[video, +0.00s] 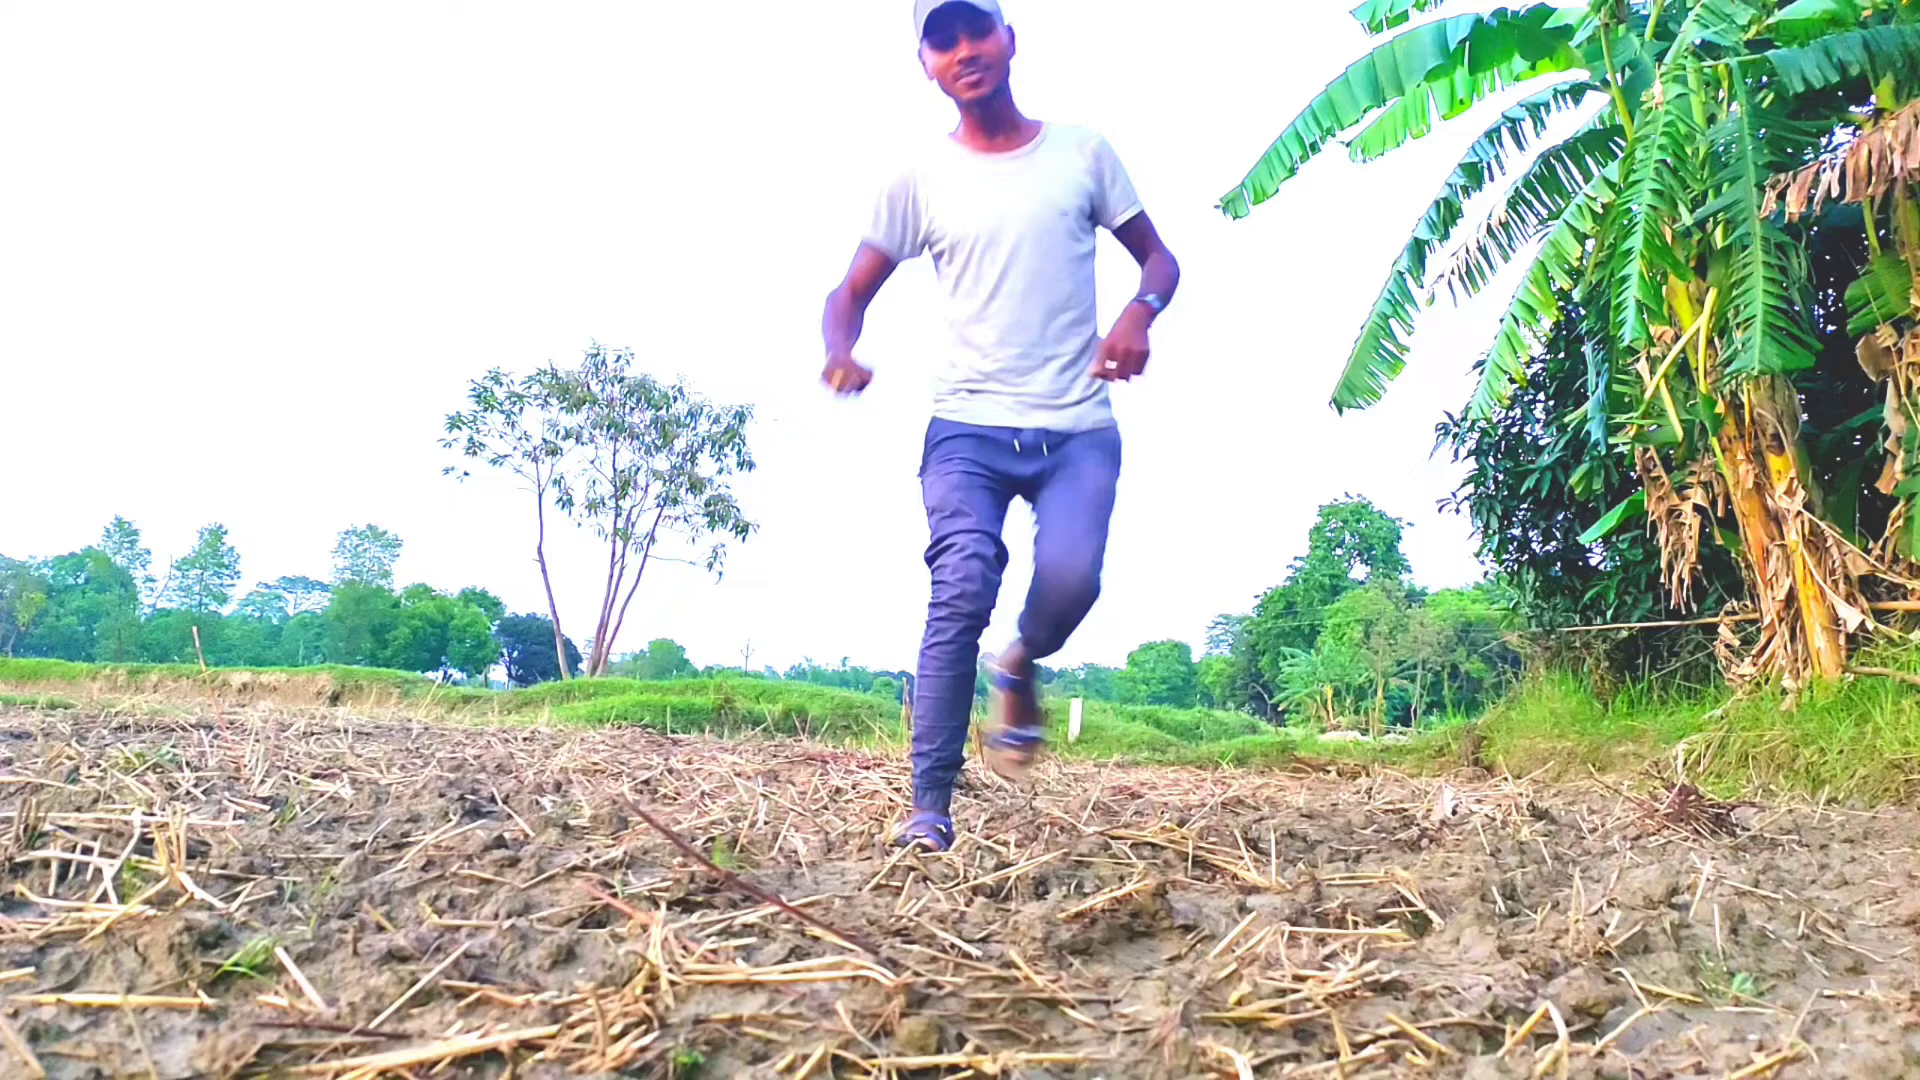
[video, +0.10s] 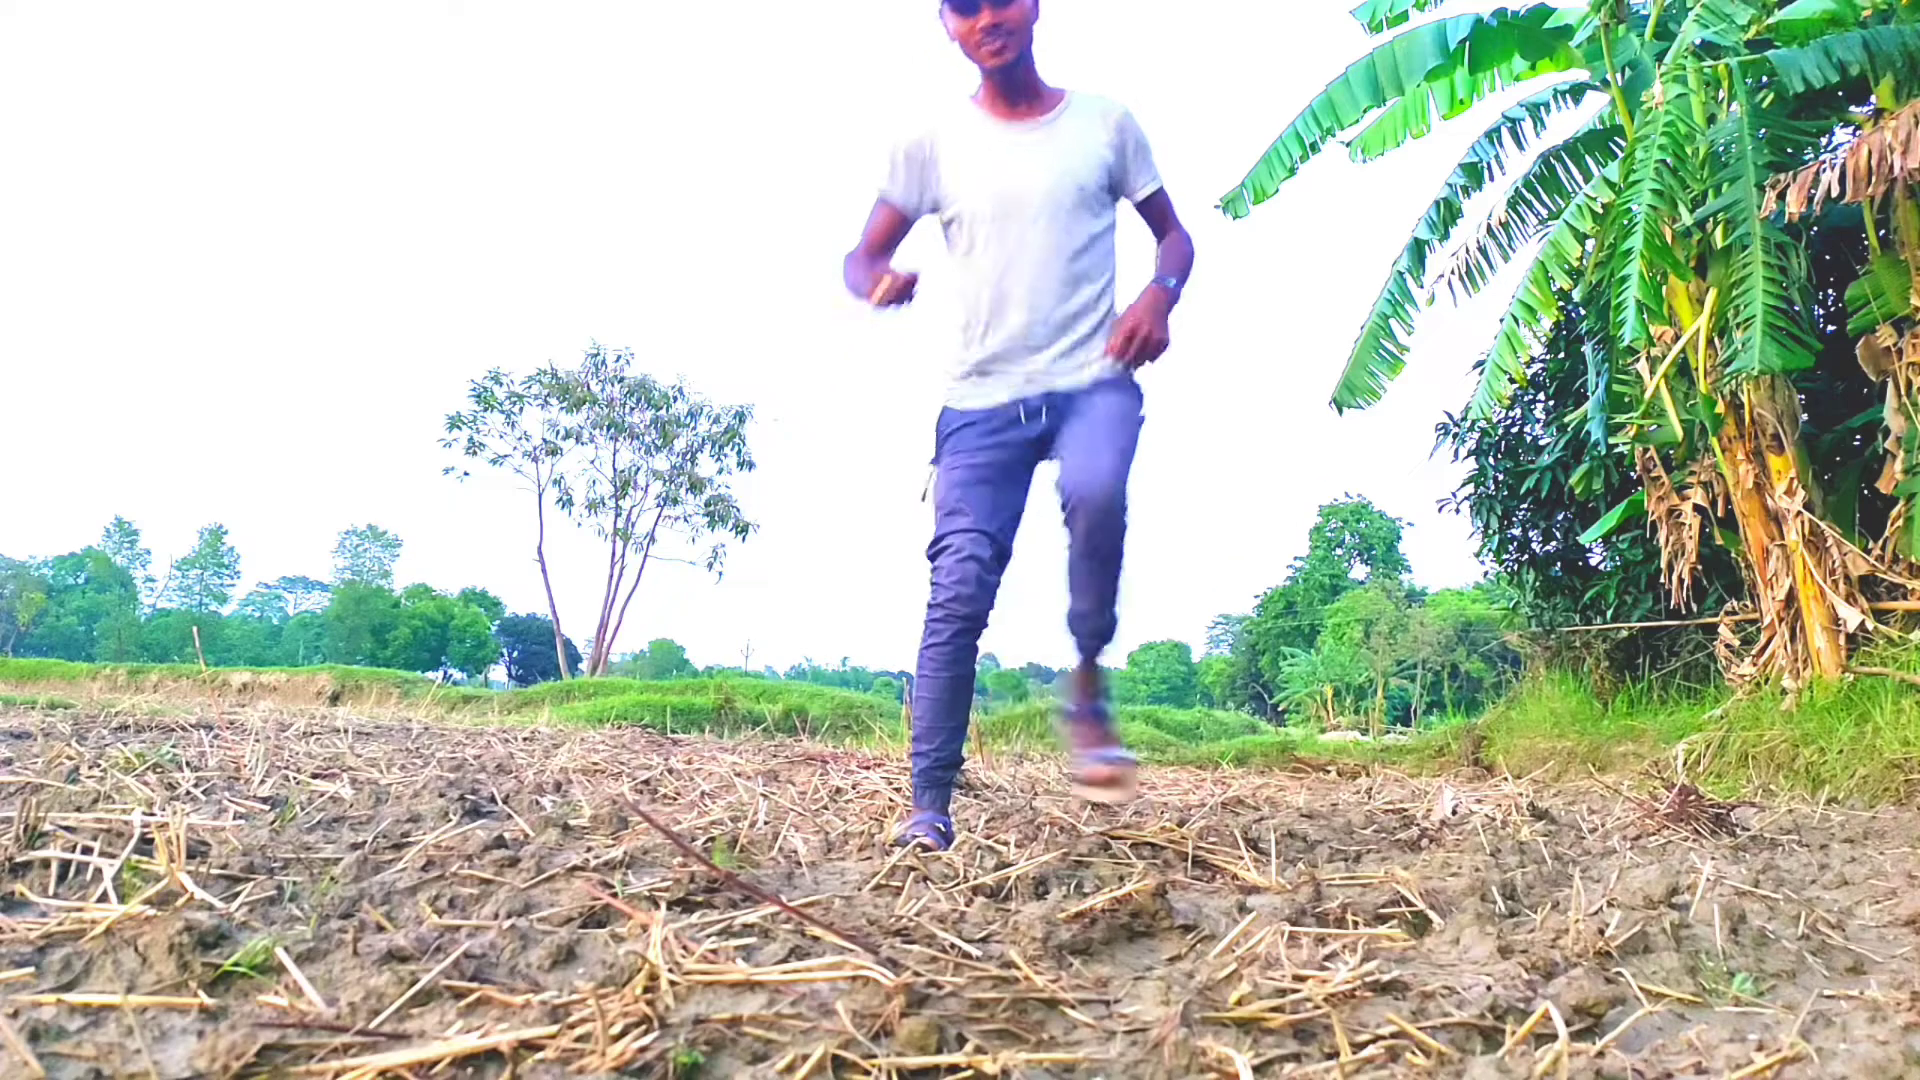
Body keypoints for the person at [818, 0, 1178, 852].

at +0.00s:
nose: (963, 54)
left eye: (976, 33)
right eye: (943, 44)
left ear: (1011, 39)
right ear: (926, 66)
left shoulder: (1084, 154)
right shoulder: (920, 181)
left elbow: (1160, 263)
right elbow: (851, 291)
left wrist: (1140, 312)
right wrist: (838, 350)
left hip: (1078, 418)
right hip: (969, 418)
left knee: (1072, 582)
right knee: (965, 589)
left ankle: (1015, 666)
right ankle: (930, 811)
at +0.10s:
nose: (987, 17)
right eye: (966, 8)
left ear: (1035, 8)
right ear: (949, 28)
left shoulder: (1104, 126)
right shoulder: (932, 149)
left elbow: (1173, 239)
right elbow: (861, 260)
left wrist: (1160, 295)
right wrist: (876, 284)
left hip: (1094, 380)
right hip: (984, 396)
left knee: (1097, 495)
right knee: (958, 595)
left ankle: (1087, 687)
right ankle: (931, 812)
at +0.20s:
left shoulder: (1149, 65)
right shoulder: (962, 79)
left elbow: (1215, 191)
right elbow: (893, 210)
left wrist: (1178, 255)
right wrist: (931, 212)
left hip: (1126, 343)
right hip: (1015, 364)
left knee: (1145, 490)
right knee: (974, 566)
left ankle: (1213, 760)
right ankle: (932, 805)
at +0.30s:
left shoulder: (1213, 19)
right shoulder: (1030, 51)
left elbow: (1300, 163)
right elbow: (976, 214)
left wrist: (1214, 238)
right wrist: (997, 199)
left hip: (1195, 354)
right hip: (1078, 366)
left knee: (1223, 560)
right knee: (969, 556)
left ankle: (1295, 863)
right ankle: (946, 775)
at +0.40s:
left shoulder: (1244, 23)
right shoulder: (1087, 72)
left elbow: (1371, 161)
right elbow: (1067, 228)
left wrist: (1236, 256)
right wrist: (1035, 268)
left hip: (1257, 364)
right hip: (1143, 376)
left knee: (1240, 582)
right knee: (991, 526)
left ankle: (1304, 886)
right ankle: (1046, 744)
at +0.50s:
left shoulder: (1291, 8)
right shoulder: (1117, 44)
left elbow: (1415, 108)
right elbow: (1134, 189)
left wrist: (1281, 195)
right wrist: (1094, 275)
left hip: (1318, 319)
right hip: (1209, 341)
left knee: (1282, 566)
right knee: (1082, 518)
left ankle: (1319, 877)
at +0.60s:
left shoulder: (1324, 2)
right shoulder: (1145, 23)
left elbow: (1453, 64)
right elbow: (1154, 160)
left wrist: (1328, 175)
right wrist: (1126, 255)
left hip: (1368, 269)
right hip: (1270, 310)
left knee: (1310, 553)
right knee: (1224, 576)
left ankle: (1328, 872)